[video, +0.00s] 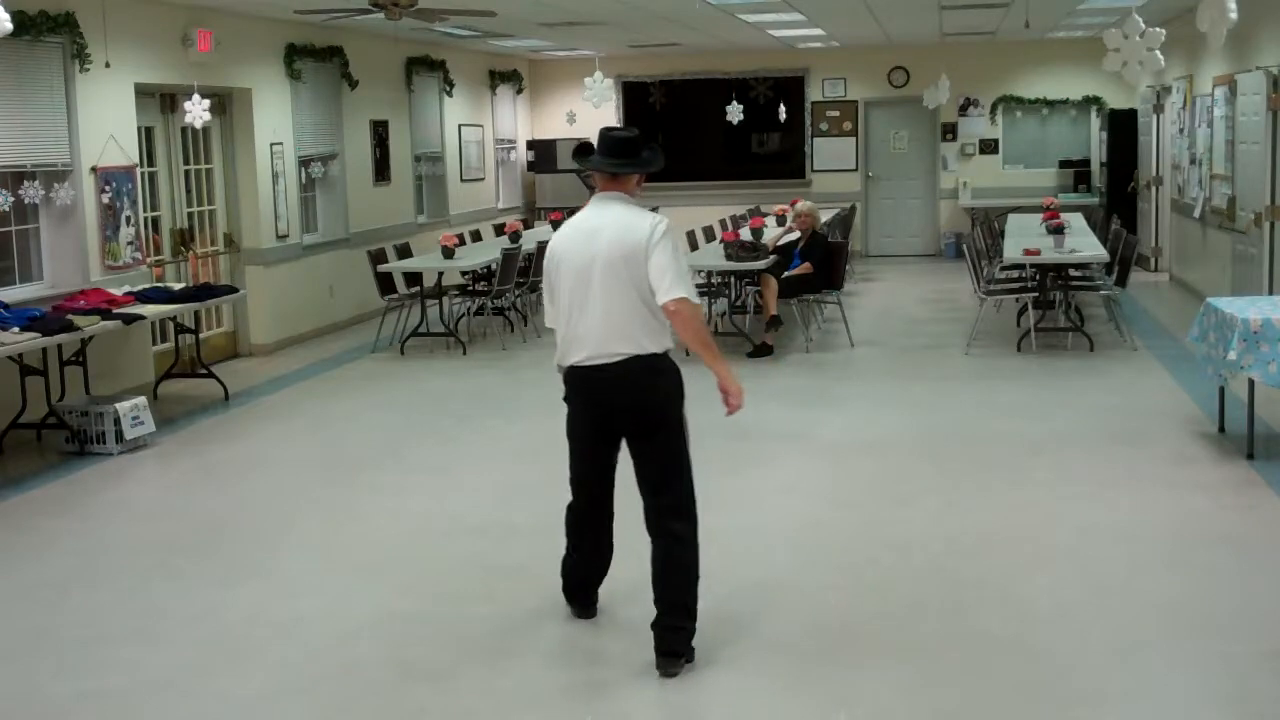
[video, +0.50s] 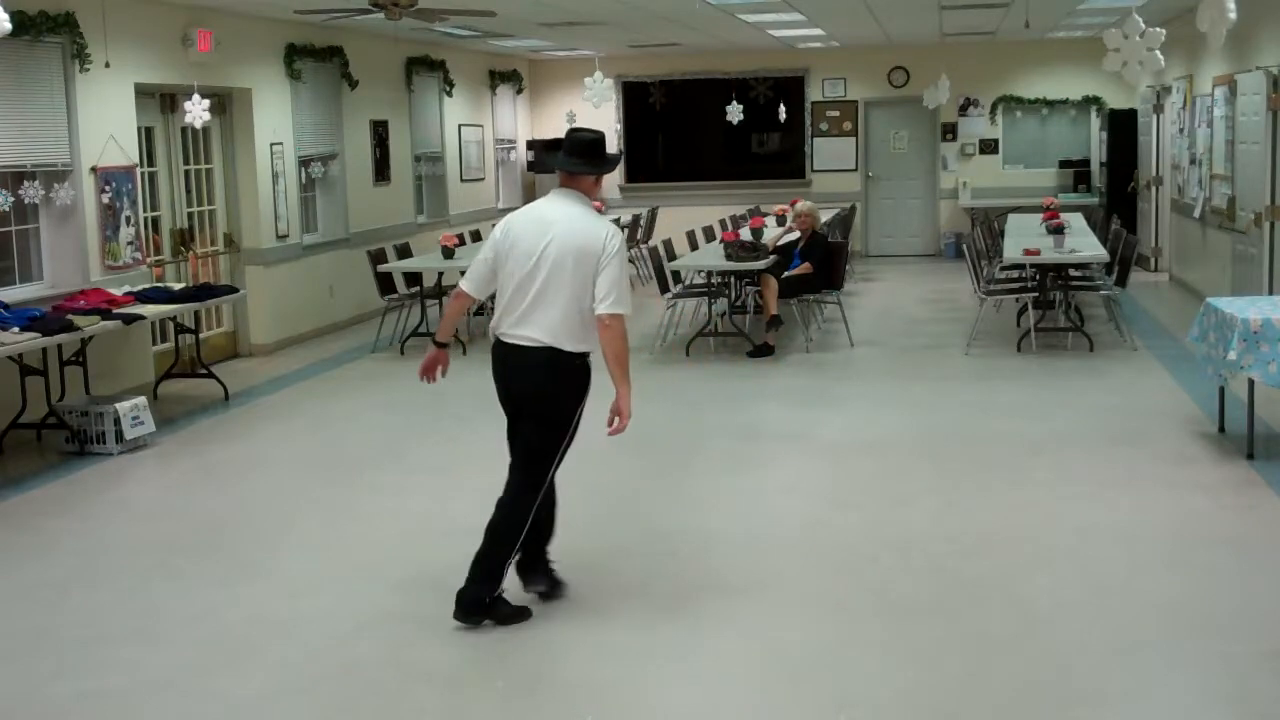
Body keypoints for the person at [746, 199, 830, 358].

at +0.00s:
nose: (802, 220)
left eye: (806, 216)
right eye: (798, 216)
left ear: (814, 219)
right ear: (795, 220)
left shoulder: (820, 240)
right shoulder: (797, 241)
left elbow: (810, 267)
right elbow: (767, 249)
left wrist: (785, 276)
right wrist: (785, 230)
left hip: (810, 279)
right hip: (791, 275)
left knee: (767, 291)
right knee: (765, 275)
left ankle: (767, 343)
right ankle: (773, 315)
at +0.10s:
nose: (802, 220)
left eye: (806, 216)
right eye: (798, 216)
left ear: (814, 219)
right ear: (795, 220)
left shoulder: (820, 240)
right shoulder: (797, 241)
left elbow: (810, 267)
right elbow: (767, 249)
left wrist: (785, 276)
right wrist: (785, 230)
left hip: (809, 279)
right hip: (791, 275)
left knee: (767, 292)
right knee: (765, 275)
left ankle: (768, 343)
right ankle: (773, 315)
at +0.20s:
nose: (802, 220)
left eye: (806, 216)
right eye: (799, 216)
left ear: (814, 219)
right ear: (795, 221)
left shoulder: (820, 240)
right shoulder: (797, 241)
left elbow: (810, 267)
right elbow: (767, 249)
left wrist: (785, 276)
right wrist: (784, 230)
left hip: (810, 279)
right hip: (791, 275)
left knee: (768, 291)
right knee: (765, 275)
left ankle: (768, 343)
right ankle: (773, 315)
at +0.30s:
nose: (802, 220)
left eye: (806, 216)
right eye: (799, 216)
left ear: (814, 219)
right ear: (795, 221)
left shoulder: (820, 240)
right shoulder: (797, 241)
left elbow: (810, 267)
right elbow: (767, 249)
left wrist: (785, 276)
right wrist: (784, 230)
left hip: (810, 279)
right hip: (791, 275)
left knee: (768, 291)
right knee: (765, 275)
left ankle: (768, 343)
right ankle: (773, 315)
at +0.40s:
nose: (802, 220)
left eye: (806, 216)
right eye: (799, 216)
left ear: (814, 219)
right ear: (795, 220)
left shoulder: (820, 240)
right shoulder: (797, 241)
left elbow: (810, 267)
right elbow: (767, 249)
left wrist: (785, 276)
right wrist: (784, 230)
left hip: (810, 279)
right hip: (791, 275)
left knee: (768, 292)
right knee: (765, 276)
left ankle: (769, 343)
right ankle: (773, 315)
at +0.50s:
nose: (802, 220)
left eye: (806, 216)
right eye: (798, 216)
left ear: (814, 219)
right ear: (795, 220)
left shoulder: (820, 240)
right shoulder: (797, 241)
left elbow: (810, 267)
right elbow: (767, 249)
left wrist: (785, 276)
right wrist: (784, 230)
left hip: (809, 278)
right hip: (790, 274)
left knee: (768, 291)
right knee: (765, 276)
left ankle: (769, 343)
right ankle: (773, 315)